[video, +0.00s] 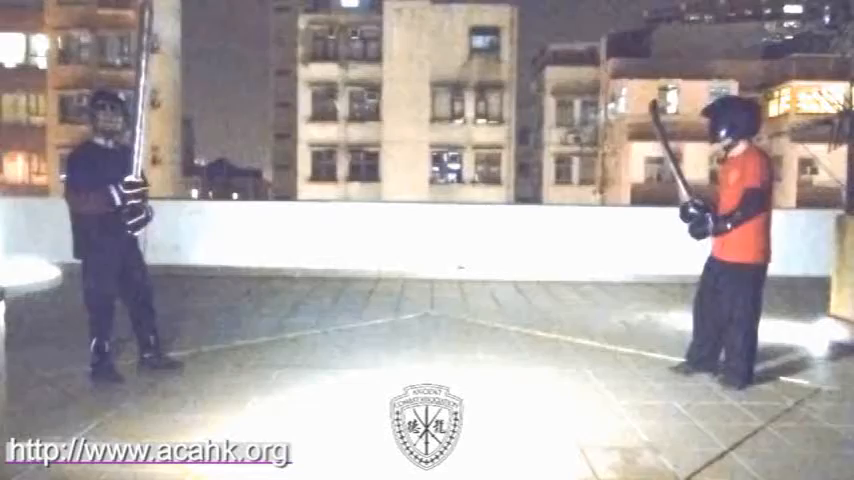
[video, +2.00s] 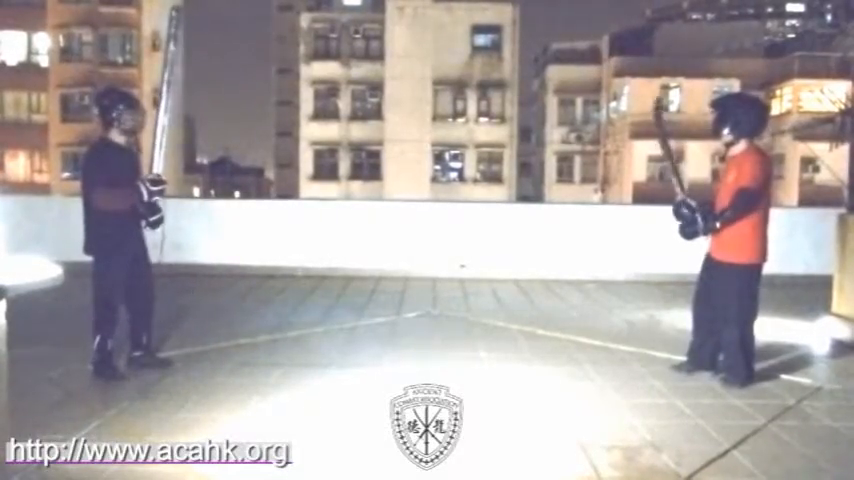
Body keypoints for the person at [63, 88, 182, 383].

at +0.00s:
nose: (108, 117)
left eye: (114, 111)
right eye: (102, 111)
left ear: (123, 117)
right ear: (91, 117)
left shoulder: (125, 156)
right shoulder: (81, 157)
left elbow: (136, 193)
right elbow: (78, 202)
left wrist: (143, 211)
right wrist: (115, 196)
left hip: (125, 238)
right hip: (96, 241)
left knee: (140, 293)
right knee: (101, 299)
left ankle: (150, 351)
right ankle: (100, 359)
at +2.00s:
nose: (136, 119)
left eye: (137, 114)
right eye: (130, 114)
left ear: (135, 117)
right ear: (114, 116)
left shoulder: (129, 154)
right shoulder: (99, 155)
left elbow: (127, 191)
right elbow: (99, 198)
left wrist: (146, 192)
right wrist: (139, 198)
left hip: (131, 236)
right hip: (106, 239)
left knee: (141, 290)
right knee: (107, 296)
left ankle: (141, 348)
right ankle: (102, 354)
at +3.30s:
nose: (136, 159)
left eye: (137, 153)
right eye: (130, 153)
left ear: (131, 156)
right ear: (114, 154)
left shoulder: (126, 193)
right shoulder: (96, 194)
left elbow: (127, 232)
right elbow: (94, 237)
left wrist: (146, 233)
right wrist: (132, 241)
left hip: (130, 272)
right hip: (106, 275)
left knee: (142, 329)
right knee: (107, 335)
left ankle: (140, 390)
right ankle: (100, 396)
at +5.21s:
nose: (155, 176)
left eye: (154, 171)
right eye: (149, 170)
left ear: (140, 175)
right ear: (133, 173)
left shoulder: (145, 211)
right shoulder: (116, 213)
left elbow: (145, 252)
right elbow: (117, 259)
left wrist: (163, 264)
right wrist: (158, 255)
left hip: (147, 293)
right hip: (123, 296)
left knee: (159, 346)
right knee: (125, 352)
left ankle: (157, 405)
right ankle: (118, 410)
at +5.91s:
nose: (140, 171)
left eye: (144, 165)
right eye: (134, 165)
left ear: (148, 171)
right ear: (119, 168)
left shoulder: (143, 208)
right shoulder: (107, 208)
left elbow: (145, 246)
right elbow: (105, 254)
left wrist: (160, 253)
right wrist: (146, 251)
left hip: (142, 288)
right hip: (115, 290)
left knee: (152, 343)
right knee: (118, 346)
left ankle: (150, 401)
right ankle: (111, 406)